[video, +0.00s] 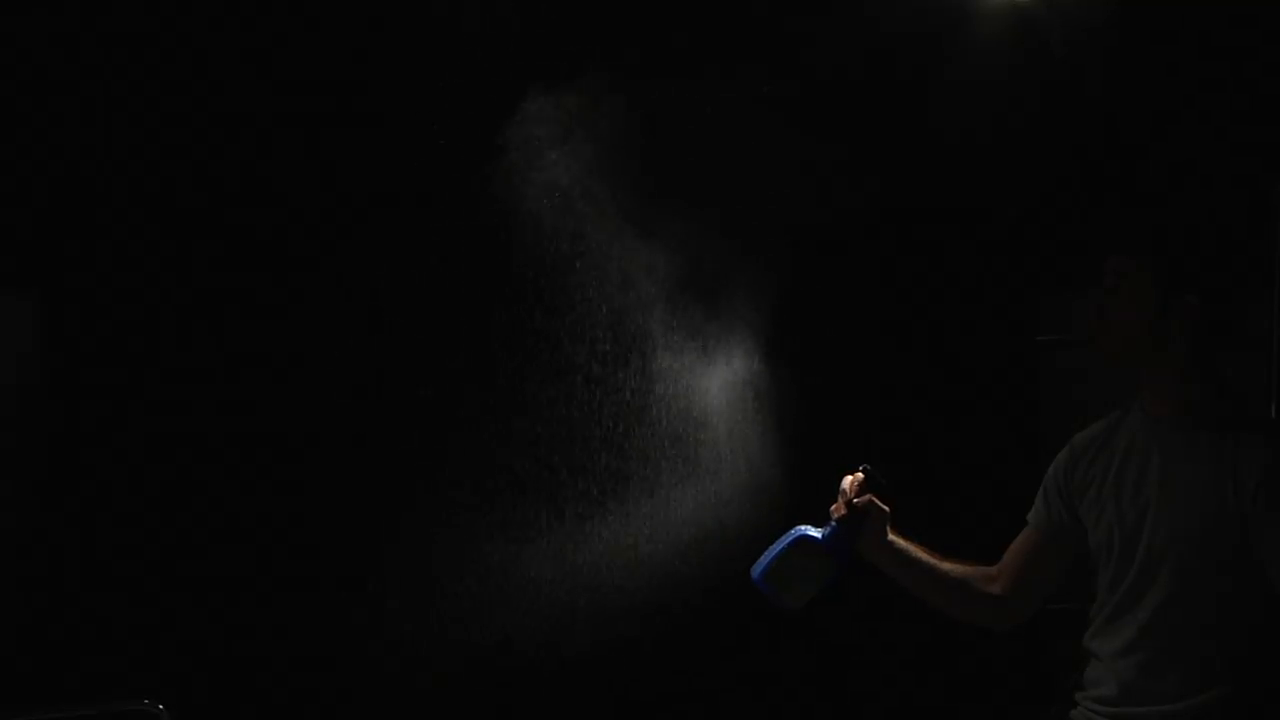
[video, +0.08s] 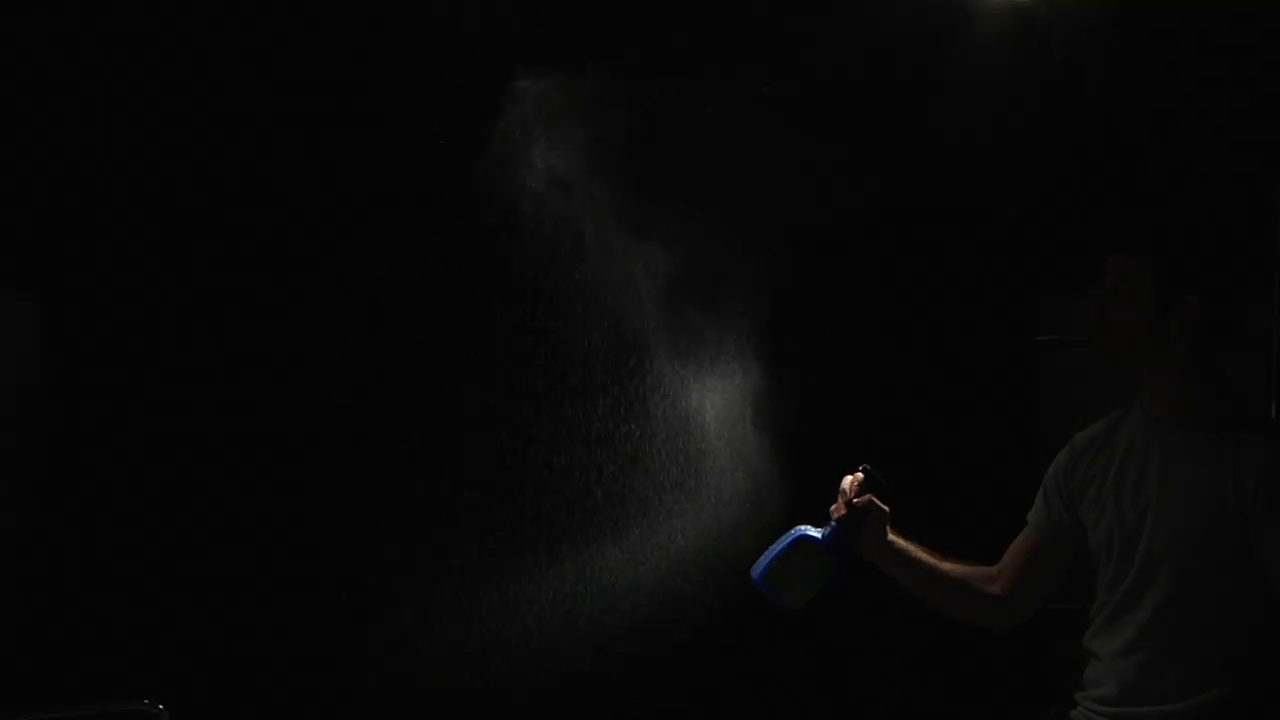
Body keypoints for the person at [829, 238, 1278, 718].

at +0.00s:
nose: (1101, 310)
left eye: (1121, 291)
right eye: (1107, 291)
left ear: (1180, 310)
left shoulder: (1246, 447)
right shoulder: (1092, 456)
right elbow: (1003, 594)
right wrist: (881, 543)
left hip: (1217, 697)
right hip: (1106, 698)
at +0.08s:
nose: (1101, 309)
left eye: (1121, 290)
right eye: (1107, 290)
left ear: (1179, 310)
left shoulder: (1246, 447)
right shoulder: (1091, 457)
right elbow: (1003, 595)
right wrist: (881, 544)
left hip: (1217, 698)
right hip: (1106, 699)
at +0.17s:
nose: (1101, 310)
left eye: (1121, 292)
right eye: (1107, 292)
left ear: (1179, 311)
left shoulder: (1246, 447)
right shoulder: (1091, 457)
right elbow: (1004, 594)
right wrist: (881, 543)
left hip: (1216, 698)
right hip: (1105, 700)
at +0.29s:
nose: (1101, 311)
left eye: (1122, 292)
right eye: (1108, 292)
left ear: (1180, 311)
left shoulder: (1247, 447)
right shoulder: (1091, 457)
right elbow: (1003, 595)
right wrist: (880, 543)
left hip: (1216, 699)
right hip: (1106, 700)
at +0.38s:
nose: (1101, 311)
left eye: (1122, 293)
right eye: (1108, 293)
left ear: (1181, 311)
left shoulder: (1247, 447)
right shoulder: (1092, 457)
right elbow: (1004, 595)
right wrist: (880, 543)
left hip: (1217, 699)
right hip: (1106, 700)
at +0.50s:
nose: (1101, 311)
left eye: (1123, 292)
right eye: (1108, 292)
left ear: (1181, 309)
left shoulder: (1247, 444)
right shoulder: (1092, 457)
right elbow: (1003, 595)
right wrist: (880, 543)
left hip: (1219, 697)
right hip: (1107, 698)